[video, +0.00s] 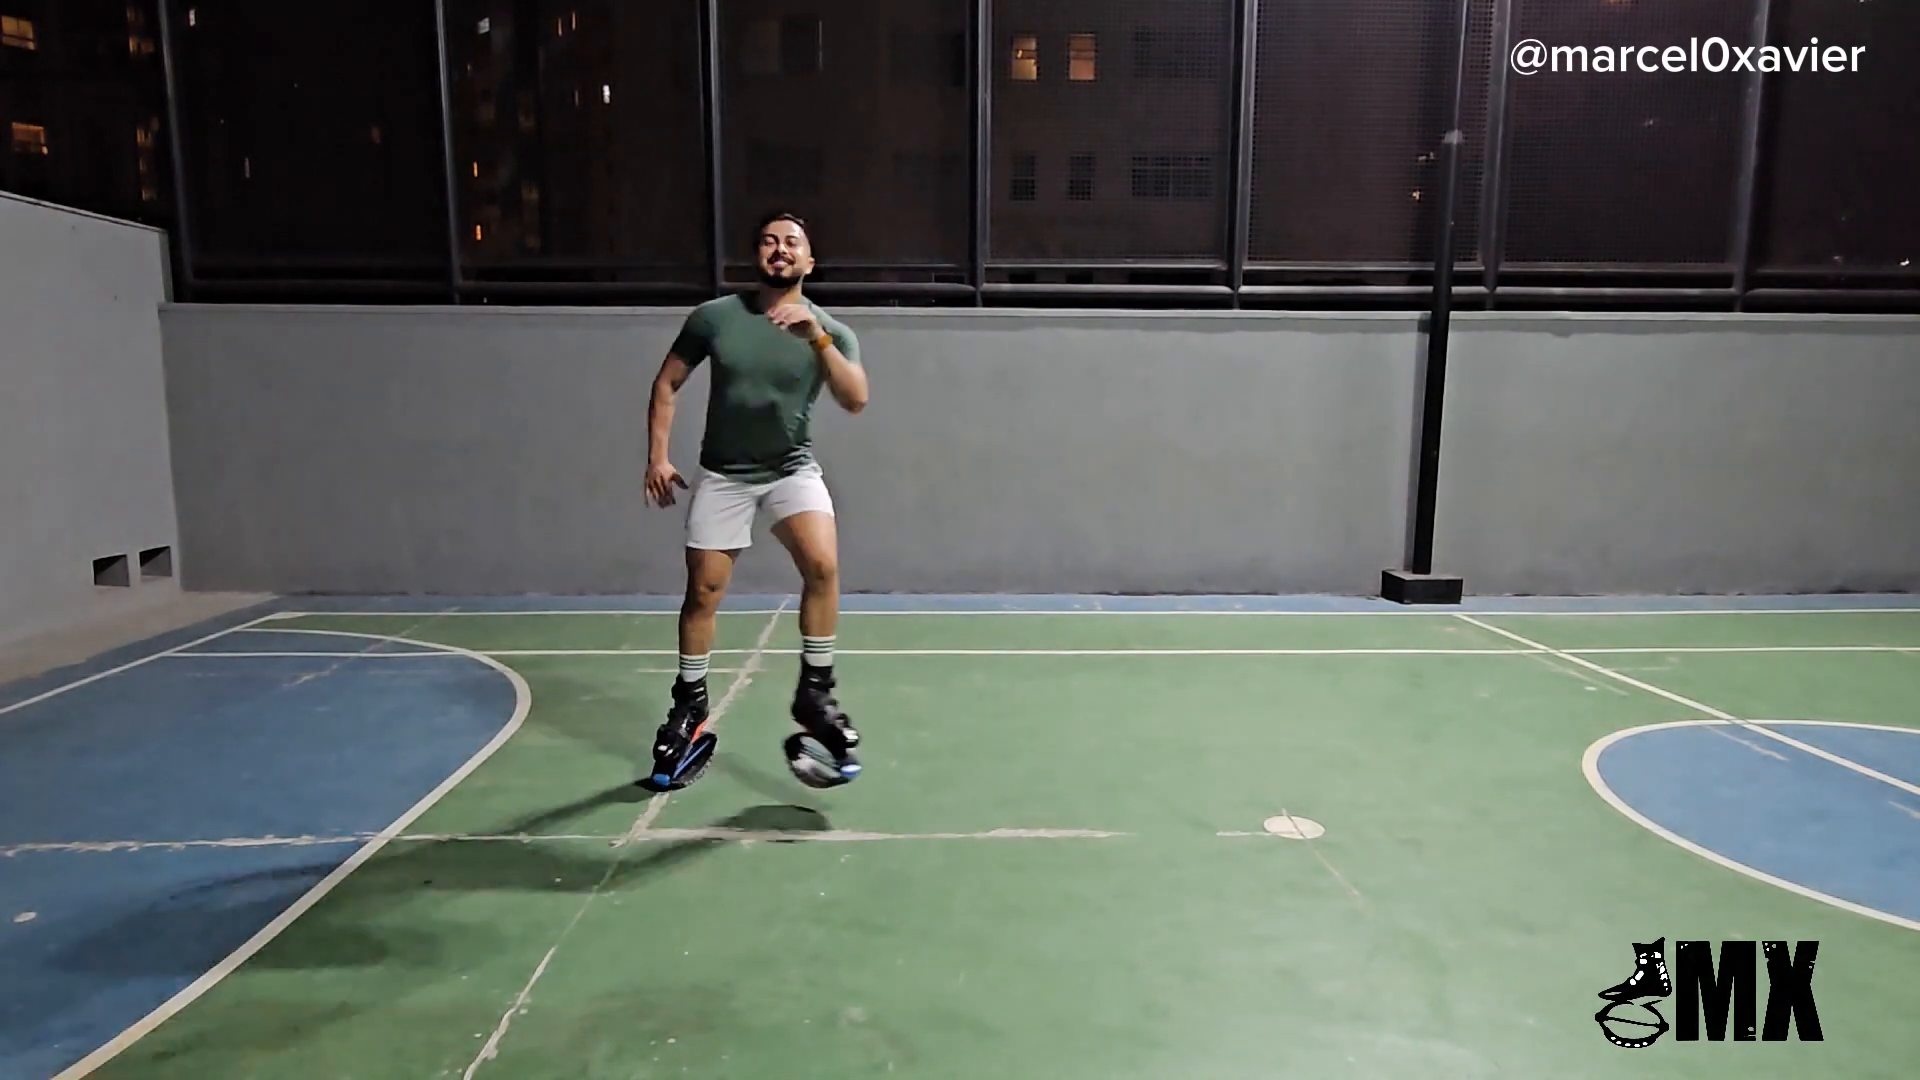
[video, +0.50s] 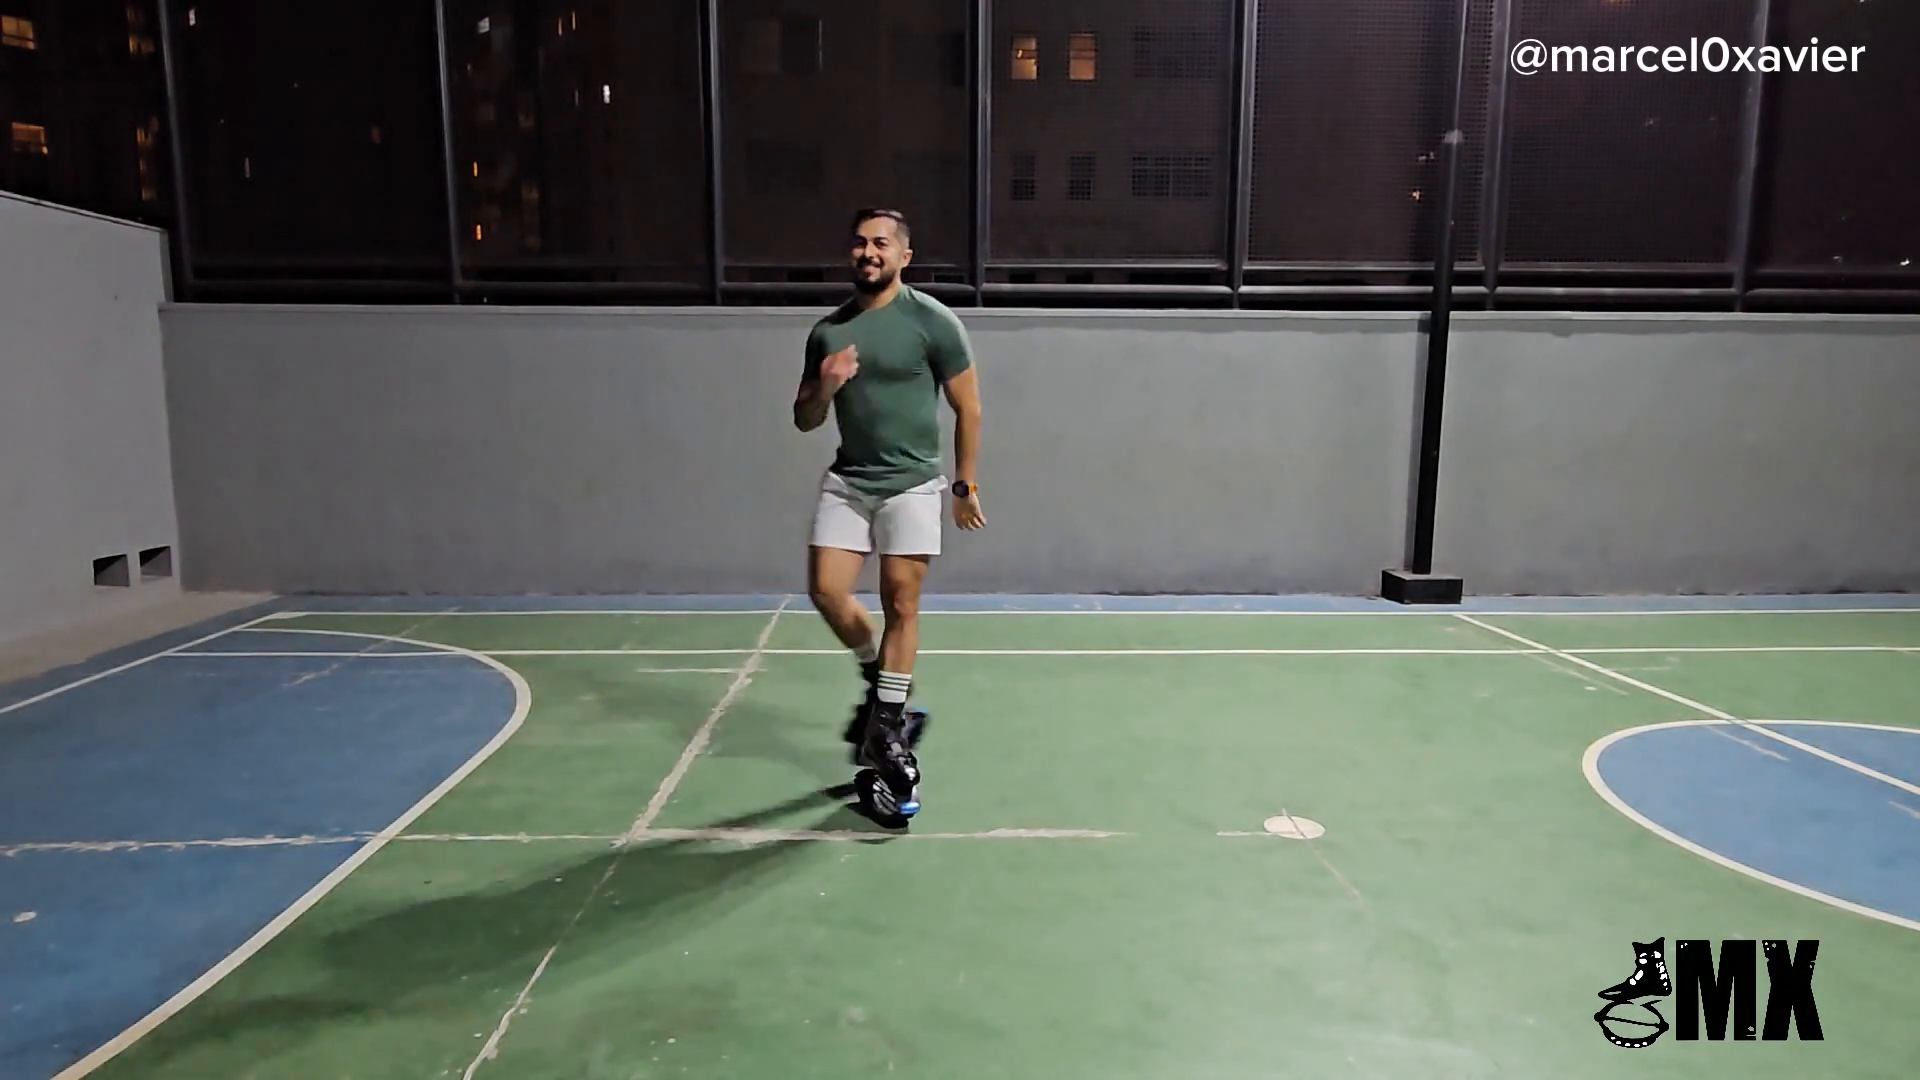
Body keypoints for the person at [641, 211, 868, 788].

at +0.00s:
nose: (778, 249)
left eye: (790, 243)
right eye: (769, 242)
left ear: (810, 262)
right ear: (754, 258)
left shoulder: (831, 330)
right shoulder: (713, 317)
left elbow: (856, 400)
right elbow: (667, 382)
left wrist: (820, 341)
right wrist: (657, 457)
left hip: (792, 473)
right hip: (723, 477)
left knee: (823, 565)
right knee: (703, 590)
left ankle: (815, 693)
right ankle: (689, 711)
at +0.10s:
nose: (794, 265)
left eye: (805, 257)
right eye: (785, 256)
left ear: (827, 270)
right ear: (771, 268)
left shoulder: (847, 335)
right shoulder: (734, 329)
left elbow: (883, 395)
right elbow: (687, 386)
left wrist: (846, 352)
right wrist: (673, 457)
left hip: (812, 486)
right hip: (740, 487)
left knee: (844, 585)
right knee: (715, 598)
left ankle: (856, 712)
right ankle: (691, 712)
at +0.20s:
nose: (810, 278)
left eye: (823, 269)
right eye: (803, 269)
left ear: (849, 278)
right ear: (792, 278)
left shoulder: (870, 347)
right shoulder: (762, 345)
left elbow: (904, 402)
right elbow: (715, 401)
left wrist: (883, 411)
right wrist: (701, 470)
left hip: (842, 501)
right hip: (769, 500)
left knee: (862, 605)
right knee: (737, 599)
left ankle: (874, 734)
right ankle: (697, 712)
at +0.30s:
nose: (831, 262)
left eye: (844, 253)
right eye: (823, 253)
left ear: (868, 267)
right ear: (812, 264)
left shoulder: (889, 334)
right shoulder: (788, 341)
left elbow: (921, 412)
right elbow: (757, 408)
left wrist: (932, 480)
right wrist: (742, 463)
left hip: (872, 496)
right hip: (801, 494)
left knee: (879, 605)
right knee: (761, 597)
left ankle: (879, 733)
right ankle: (731, 705)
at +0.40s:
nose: (847, 248)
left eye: (860, 240)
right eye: (840, 240)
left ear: (887, 255)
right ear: (831, 254)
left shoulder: (911, 323)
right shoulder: (812, 332)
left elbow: (946, 412)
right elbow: (793, 400)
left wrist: (957, 495)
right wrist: (788, 420)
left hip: (891, 485)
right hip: (824, 482)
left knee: (888, 599)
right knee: (788, 584)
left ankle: (883, 729)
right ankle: (806, 696)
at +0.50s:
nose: (866, 252)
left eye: (879, 243)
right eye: (859, 243)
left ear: (905, 254)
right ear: (850, 253)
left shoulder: (936, 323)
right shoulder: (828, 333)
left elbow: (968, 406)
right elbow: (806, 420)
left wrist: (965, 484)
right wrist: (823, 388)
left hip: (915, 483)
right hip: (848, 481)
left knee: (900, 601)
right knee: (828, 593)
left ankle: (888, 732)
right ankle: (883, 676)